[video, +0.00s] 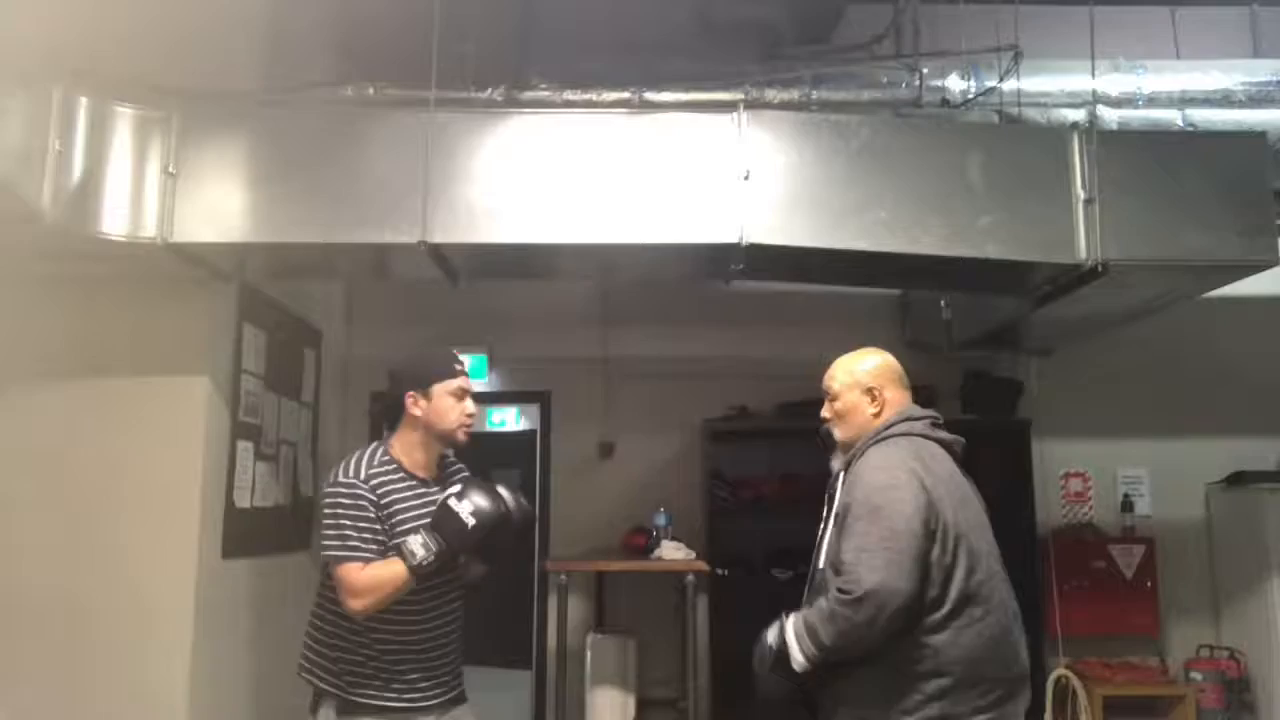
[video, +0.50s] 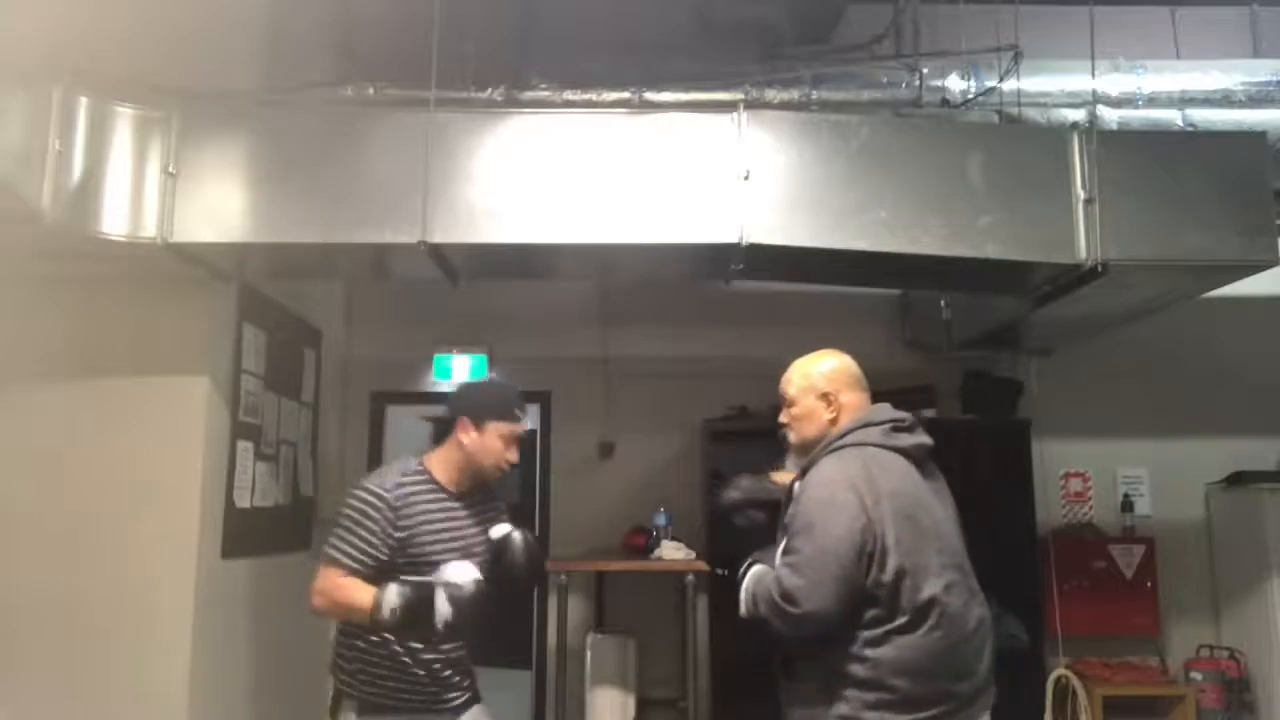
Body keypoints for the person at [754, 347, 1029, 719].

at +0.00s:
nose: (823, 413)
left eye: (832, 398)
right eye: (825, 400)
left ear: (874, 400)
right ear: (875, 400)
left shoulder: (886, 465)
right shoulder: (920, 454)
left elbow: (877, 590)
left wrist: (791, 641)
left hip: (928, 701)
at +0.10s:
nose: (822, 411)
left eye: (830, 397)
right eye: (824, 398)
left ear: (871, 399)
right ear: (872, 398)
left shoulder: (877, 465)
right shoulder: (934, 455)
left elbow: (855, 590)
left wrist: (775, 616)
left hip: (916, 700)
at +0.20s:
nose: (818, 410)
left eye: (827, 395)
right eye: (820, 397)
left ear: (869, 397)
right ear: (871, 397)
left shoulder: (867, 466)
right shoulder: (943, 454)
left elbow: (840, 590)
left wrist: (775, 588)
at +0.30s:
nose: (813, 411)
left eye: (821, 397)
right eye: (815, 399)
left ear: (863, 397)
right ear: (867, 397)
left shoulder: (860, 467)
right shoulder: (939, 453)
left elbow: (831, 588)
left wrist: (774, 574)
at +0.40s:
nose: (801, 413)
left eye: (809, 399)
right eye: (802, 401)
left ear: (850, 399)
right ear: (854, 399)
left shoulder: (850, 468)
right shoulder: (928, 452)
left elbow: (822, 592)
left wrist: (767, 572)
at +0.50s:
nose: (782, 418)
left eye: (790, 404)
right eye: (783, 406)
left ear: (829, 405)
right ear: (833, 404)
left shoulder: (835, 477)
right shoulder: (908, 455)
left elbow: (809, 604)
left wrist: (753, 579)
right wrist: (799, 487)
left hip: (883, 701)